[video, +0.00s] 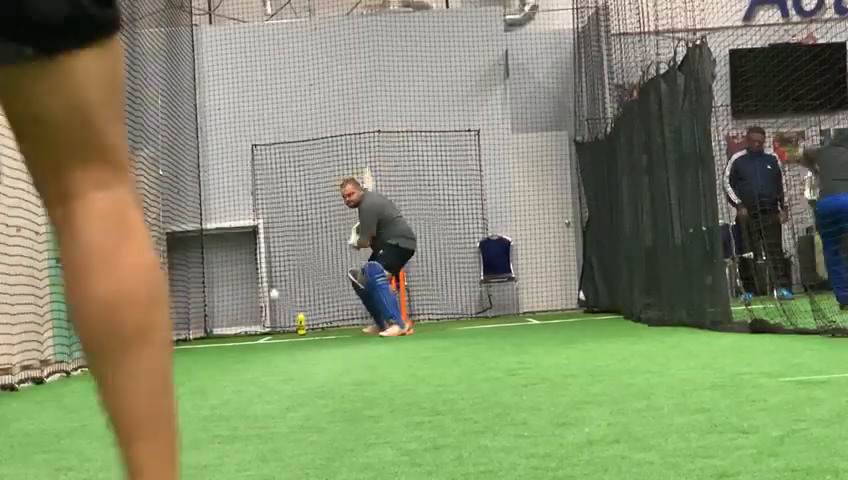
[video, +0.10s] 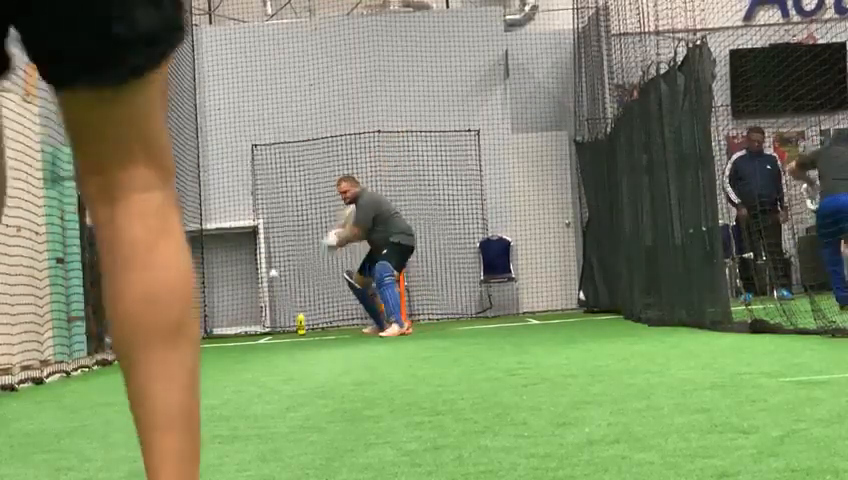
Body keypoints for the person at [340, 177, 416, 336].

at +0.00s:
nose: (347, 200)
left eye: (350, 195)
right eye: (344, 197)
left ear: (360, 190)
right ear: (342, 197)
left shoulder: (367, 205)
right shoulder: (369, 199)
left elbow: (365, 241)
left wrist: (357, 243)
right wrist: (364, 227)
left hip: (399, 243)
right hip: (391, 243)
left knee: (373, 272)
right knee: (360, 279)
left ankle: (398, 324)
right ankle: (382, 324)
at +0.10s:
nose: (344, 197)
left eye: (346, 192)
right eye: (341, 194)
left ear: (356, 187)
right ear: (340, 193)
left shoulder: (367, 199)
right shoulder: (359, 204)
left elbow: (360, 232)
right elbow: (358, 229)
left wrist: (341, 238)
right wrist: (342, 235)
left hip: (399, 240)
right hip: (381, 245)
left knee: (383, 272)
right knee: (359, 282)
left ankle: (397, 323)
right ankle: (380, 324)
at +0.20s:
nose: (341, 194)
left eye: (342, 190)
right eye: (340, 190)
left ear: (350, 186)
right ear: (355, 186)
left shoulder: (363, 195)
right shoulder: (355, 205)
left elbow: (336, 216)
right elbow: (336, 229)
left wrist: (312, 231)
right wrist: (310, 241)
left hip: (402, 238)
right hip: (383, 245)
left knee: (396, 273)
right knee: (359, 282)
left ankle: (397, 320)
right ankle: (380, 322)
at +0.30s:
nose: (338, 197)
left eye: (339, 193)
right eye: (338, 194)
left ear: (347, 187)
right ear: (348, 187)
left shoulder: (364, 193)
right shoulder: (354, 207)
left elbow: (333, 211)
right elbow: (330, 225)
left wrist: (307, 216)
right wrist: (300, 230)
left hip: (403, 237)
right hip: (383, 245)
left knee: (400, 271)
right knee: (361, 280)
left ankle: (408, 320)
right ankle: (381, 323)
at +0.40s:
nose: (339, 194)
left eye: (341, 189)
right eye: (338, 191)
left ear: (350, 186)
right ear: (339, 193)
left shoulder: (364, 191)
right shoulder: (350, 210)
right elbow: (339, 228)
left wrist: (321, 196)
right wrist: (318, 214)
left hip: (401, 236)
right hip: (381, 244)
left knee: (400, 269)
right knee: (360, 280)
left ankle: (416, 318)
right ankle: (381, 323)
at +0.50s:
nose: (342, 187)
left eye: (344, 182)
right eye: (339, 184)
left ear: (352, 181)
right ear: (338, 188)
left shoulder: (367, 191)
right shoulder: (349, 206)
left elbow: (366, 170)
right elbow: (344, 224)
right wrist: (336, 200)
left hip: (400, 235)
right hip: (379, 244)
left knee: (400, 268)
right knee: (358, 281)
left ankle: (421, 317)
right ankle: (381, 323)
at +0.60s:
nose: (349, 181)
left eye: (350, 177)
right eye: (345, 180)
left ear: (357, 177)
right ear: (343, 184)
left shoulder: (372, 186)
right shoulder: (350, 202)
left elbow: (387, 172)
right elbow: (343, 219)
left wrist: (365, 169)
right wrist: (346, 195)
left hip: (400, 234)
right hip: (379, 242)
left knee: (399, 269)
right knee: (360, 280)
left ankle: (425, 318)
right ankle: (381, 323)